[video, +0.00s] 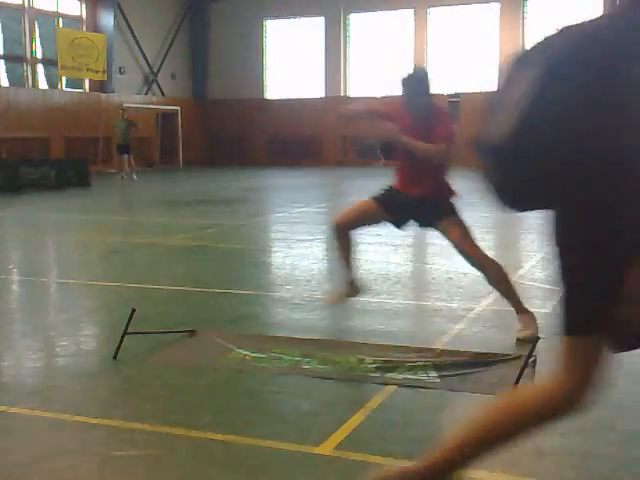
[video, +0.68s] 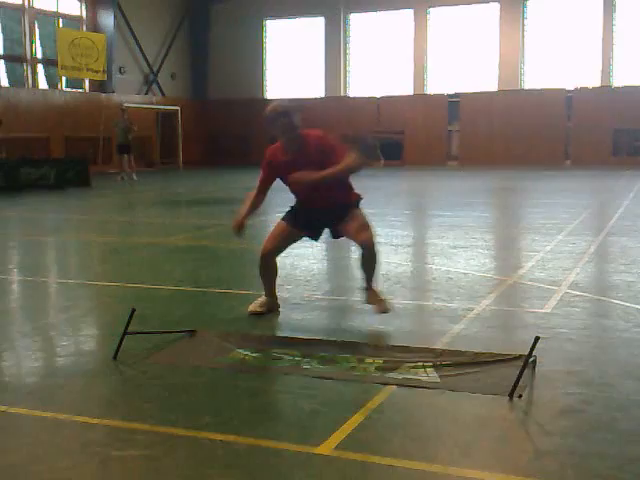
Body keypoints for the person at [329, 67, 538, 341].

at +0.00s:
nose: (416, 103)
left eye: (420, 97)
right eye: (411, 98)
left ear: (429, 95)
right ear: (404, 97)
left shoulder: (439, 116)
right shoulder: (397, 114)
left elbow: (441, 155)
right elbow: (360, 115)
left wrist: (398, 138)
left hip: (435, 200)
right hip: (401, 196)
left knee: (474, 256)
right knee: (341, 225)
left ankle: (523, 314)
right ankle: (350, 284)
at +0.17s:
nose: (339, 92)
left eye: (343, 86)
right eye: (335, 87)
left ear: (355, 84)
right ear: (333, 87)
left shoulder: (379, 110)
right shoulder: (334, 108)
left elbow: (393, 150)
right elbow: (316, 123)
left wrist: (355, 151)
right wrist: (291, 142)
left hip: (378, 187)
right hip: (343, 186)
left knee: (417, 242)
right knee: (304, 238)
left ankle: (451, 294)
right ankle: (277, 287)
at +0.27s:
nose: (308, 115)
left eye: (311, 109)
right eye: (303, 110)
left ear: (320, 105)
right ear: (299, 109)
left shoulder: (345, 129)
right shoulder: (299, 130)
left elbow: (365, 167)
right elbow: (292, 151)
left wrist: (328, 178)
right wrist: (274, 182)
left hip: (348, 197)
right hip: (315, 197)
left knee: (381, 240)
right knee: (279, 247)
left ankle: (389, 288)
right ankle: (271, 298)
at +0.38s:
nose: (276, 131)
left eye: (280, 125)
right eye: (273, 126)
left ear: (291, 122)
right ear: (272, 126)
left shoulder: (321, 142)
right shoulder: (279, 147)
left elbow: (339, 185)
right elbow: (279, 176)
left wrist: (303, 204)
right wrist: (269, 205)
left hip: (336, 201)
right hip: (303, 202)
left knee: (355, 250)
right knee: (266, 250)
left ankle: (335, 278)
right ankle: (270, 298)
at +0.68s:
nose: (286, 124)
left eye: (288, 117)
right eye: (279, 121)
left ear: (296, 119)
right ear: (273, 128)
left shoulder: (318, 140)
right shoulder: (274, 156)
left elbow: (355, 160)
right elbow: (261, 191)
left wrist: (317, 176)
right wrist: (243, 216)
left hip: (342, 205)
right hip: (307, 208)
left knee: (367, 241)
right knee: (267, 252)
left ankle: (370, 290)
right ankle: (270, 299)